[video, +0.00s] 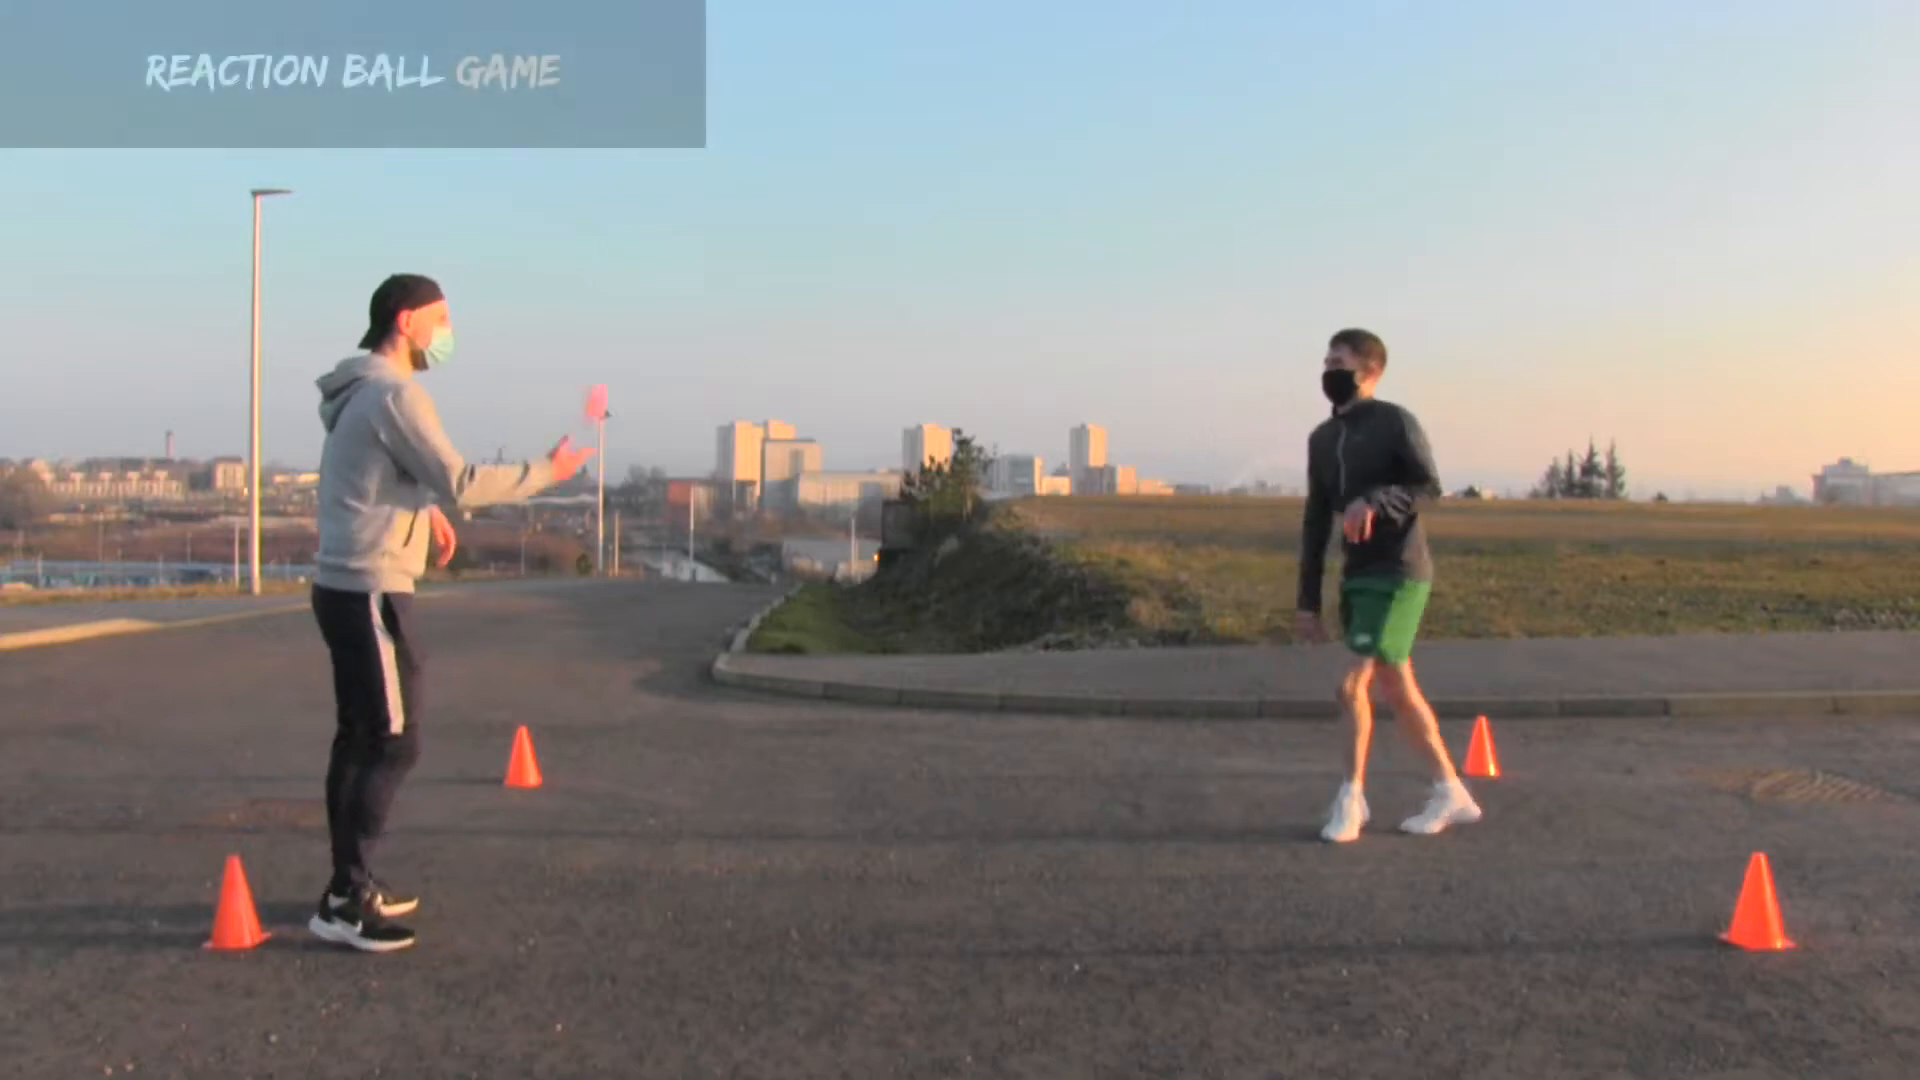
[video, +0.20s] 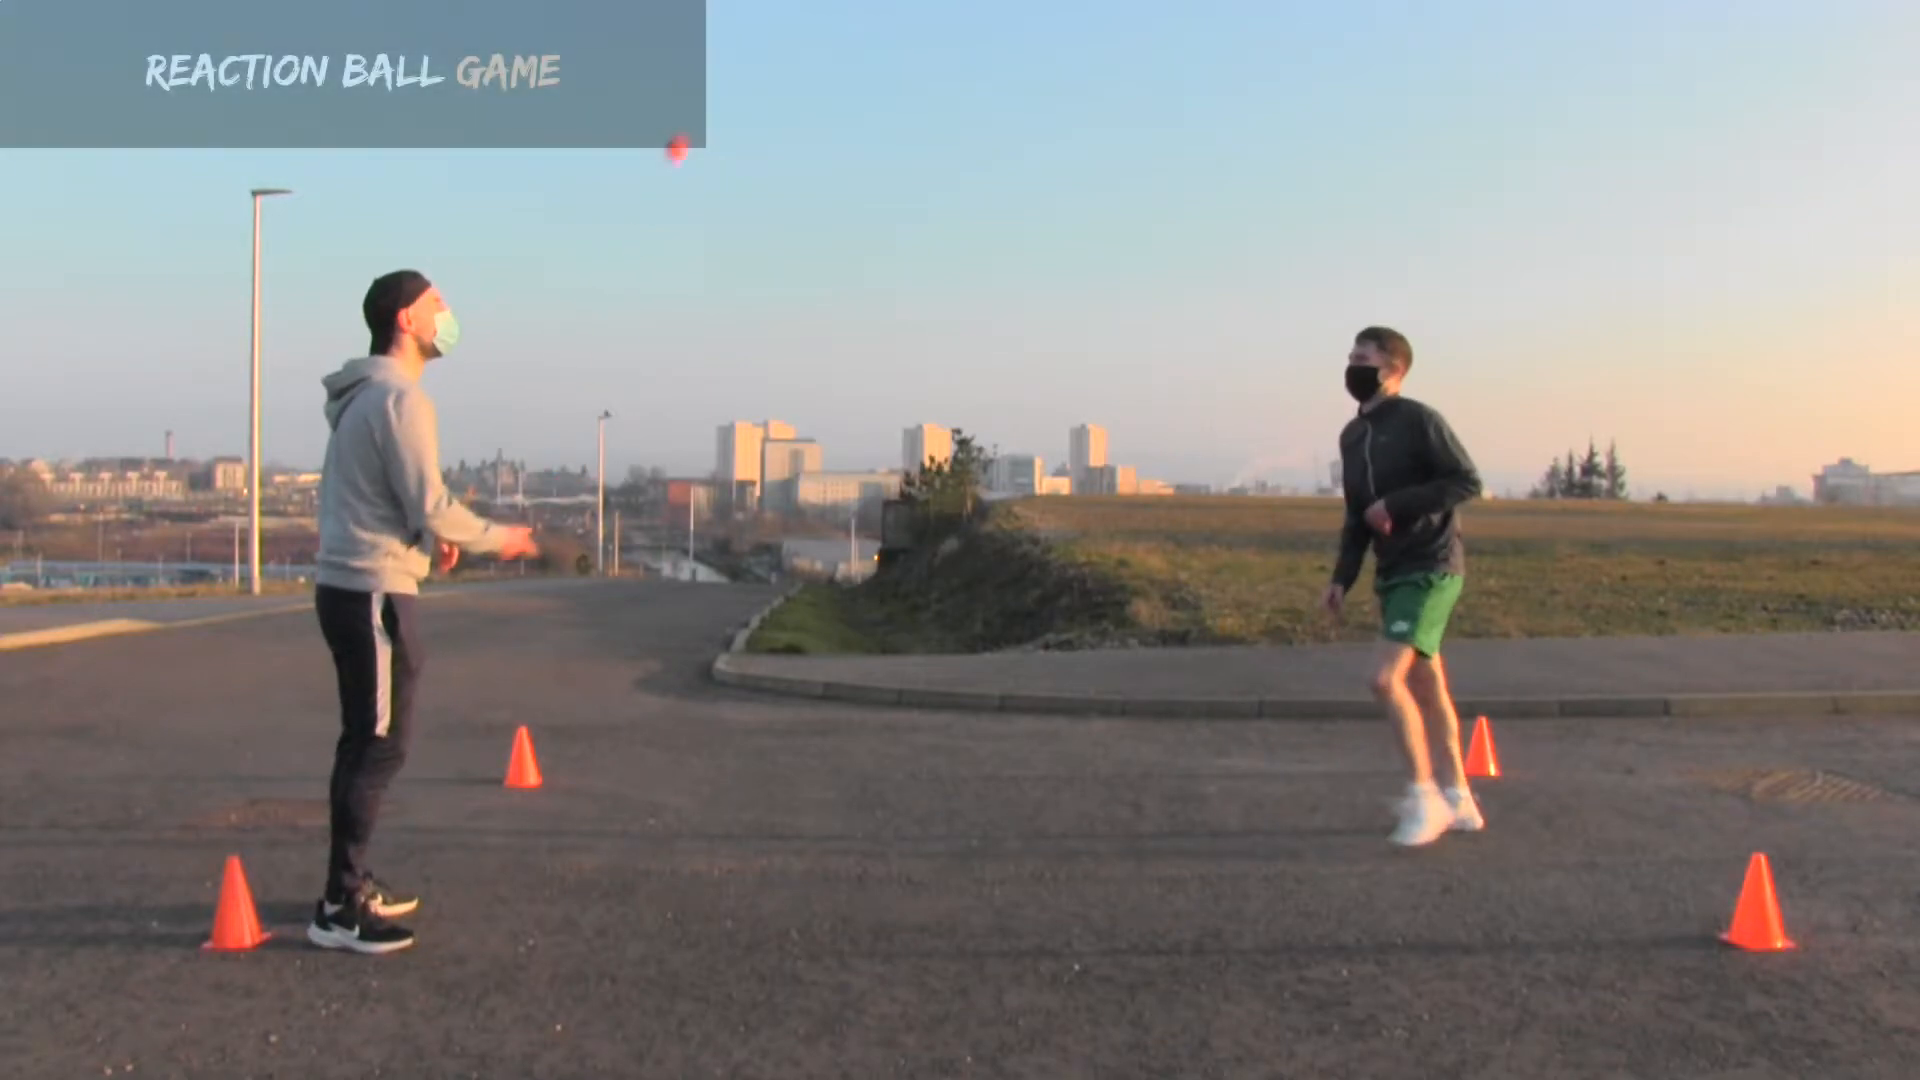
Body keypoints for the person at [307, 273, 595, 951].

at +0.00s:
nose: (446, 332)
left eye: (446, 320)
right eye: (439, 319)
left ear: (397, 320)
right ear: (403, 320)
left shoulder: (365, 388)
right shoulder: (395, 395)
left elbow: (372, 478)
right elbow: (462, 484)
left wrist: (424, 509)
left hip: (350, 584)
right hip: (367, 591)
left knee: (363, 735)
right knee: (393, 741)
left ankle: (351, 884)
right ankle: (346, 896)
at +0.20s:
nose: (447, 319)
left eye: (442, 307)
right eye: (437, 308)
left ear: (396, 323)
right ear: (406, 321)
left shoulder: (367, 393)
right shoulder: (401, 400)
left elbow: (375, 499)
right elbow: (431, 508)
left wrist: (430, 538)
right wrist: (499, 536)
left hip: (350, 589)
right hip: (373, 597)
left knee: (364, 740)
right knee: (381, 745)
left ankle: (349, 888)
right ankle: (340, 905)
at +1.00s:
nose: (530, 379)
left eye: (532, 367)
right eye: (527, 366)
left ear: (489, 358)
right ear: (496, 358)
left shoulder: (444, 411)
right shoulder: (478, 419)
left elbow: (425, 508)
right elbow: (464, 513)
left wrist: (455, 586)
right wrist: (481, 589)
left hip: (412, 591)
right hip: (419, 595)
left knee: (452, 727)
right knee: (426, 736)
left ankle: (378, 865)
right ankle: (356, 892)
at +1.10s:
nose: (541, 391)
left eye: (543, 381)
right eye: (538, 379)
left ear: (500, 369)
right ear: (506, 369)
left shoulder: (457, 419)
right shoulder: (492, 426)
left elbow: (458, 525)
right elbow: (471, 513)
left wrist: (522, 560)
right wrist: (472, 592)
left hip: (410, 597)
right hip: (434, 601)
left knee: (441, 736)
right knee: (479, 740)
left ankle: (380, 863)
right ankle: (389, 867)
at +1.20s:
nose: (568, 384)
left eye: (571, 374)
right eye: (565, 372)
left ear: (530, 362)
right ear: (532, 361)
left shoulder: (494, 408)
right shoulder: (510, 411)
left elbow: (502, 515)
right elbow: (480, 492)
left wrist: (571, 526)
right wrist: (474, 571)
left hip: (443, 587)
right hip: (481, 589)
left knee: (440, 724)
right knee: (535, 712)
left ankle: (377, 854)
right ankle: (464, 836)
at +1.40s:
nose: (627, 375)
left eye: (628, 365)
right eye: (620, 363)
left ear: (586, 363)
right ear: (588, 362)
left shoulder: (564, 410)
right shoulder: (572, 413)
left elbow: (551, 498)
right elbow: (546, 501)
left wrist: (592, 518)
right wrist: (553, 582)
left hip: (515, 578)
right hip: (548, 584)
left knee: (522, 698)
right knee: (567, 708)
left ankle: (425, 791)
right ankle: (518, 824)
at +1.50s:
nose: (661, 390)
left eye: (663, 380)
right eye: (654, 380)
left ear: (619, 383)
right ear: (622, 381)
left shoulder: (587, 431)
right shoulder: (612, 439)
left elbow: (575, 514)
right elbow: (606, 531)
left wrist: (618, 534)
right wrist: (625, 614)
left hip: (557, 587)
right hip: (578, 591)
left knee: (587, 701)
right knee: (597, 713)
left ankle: (500, 776)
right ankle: (520, 819)